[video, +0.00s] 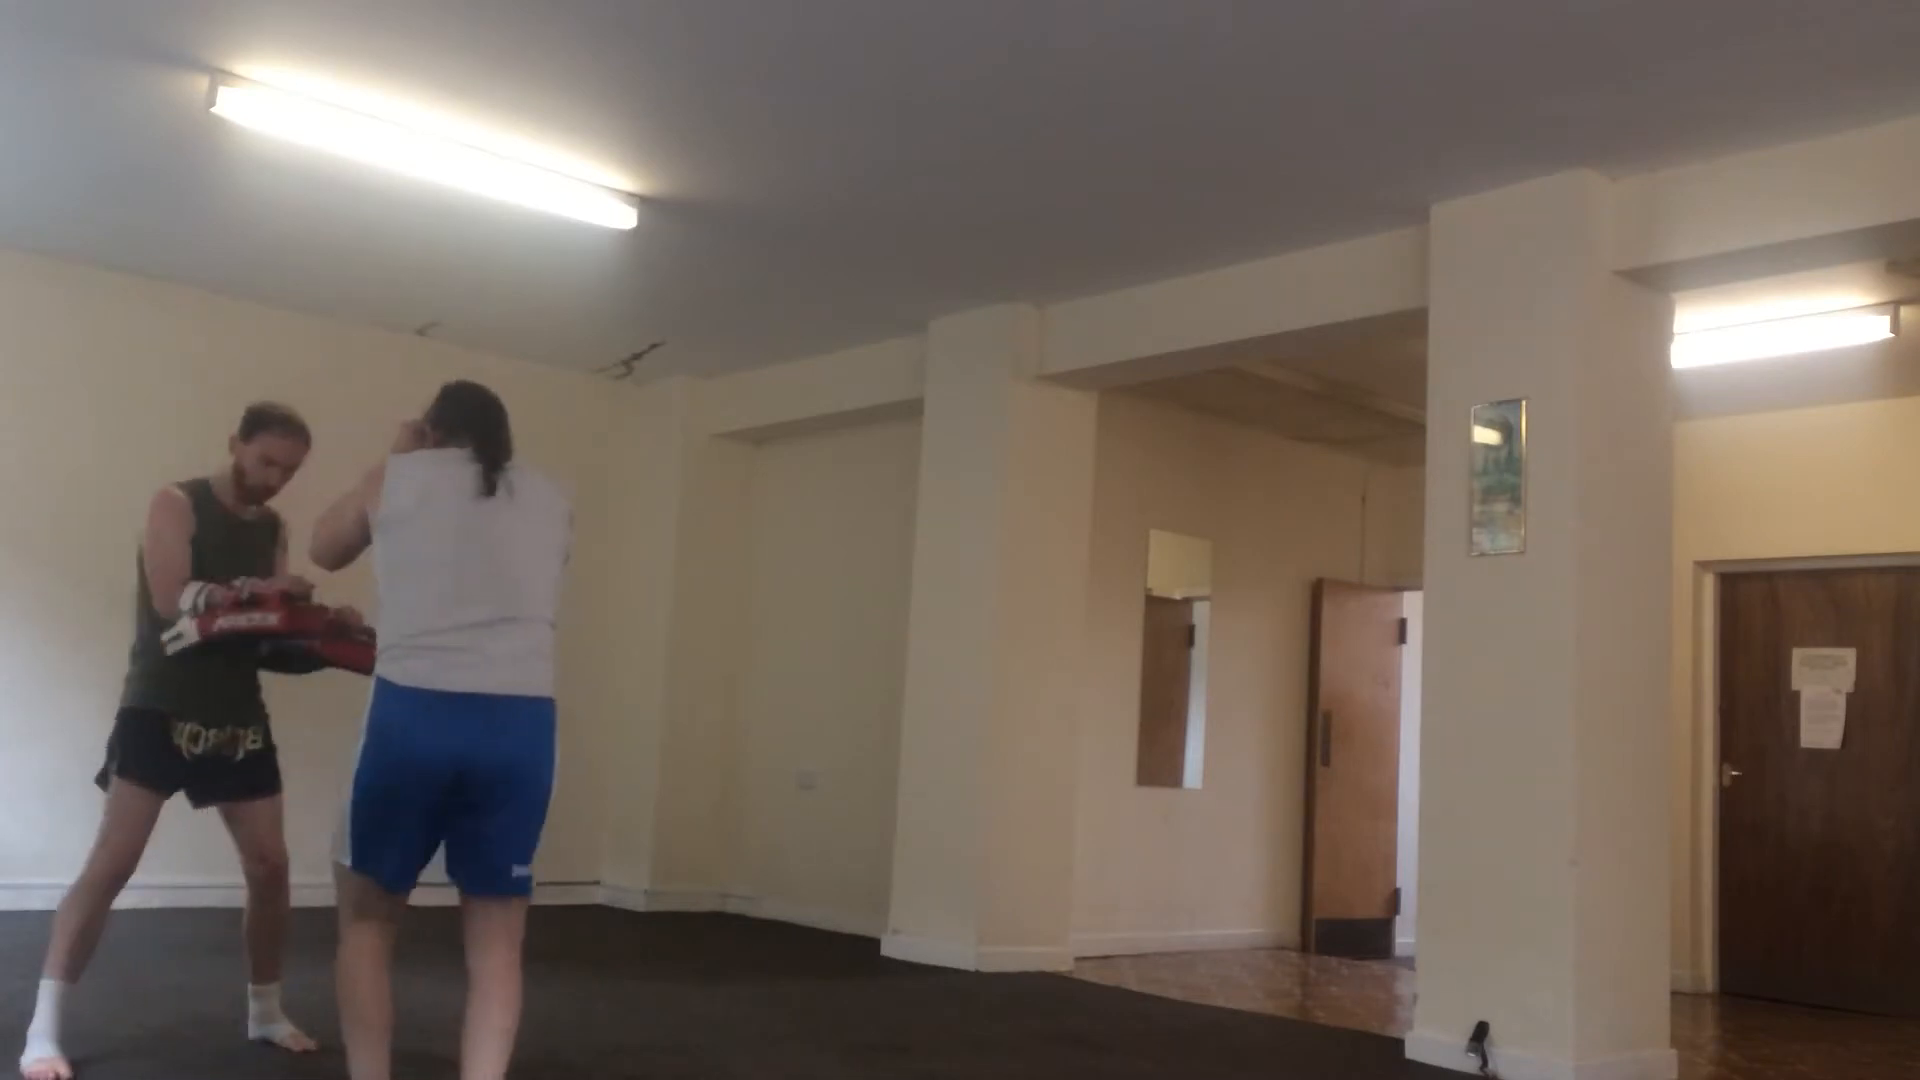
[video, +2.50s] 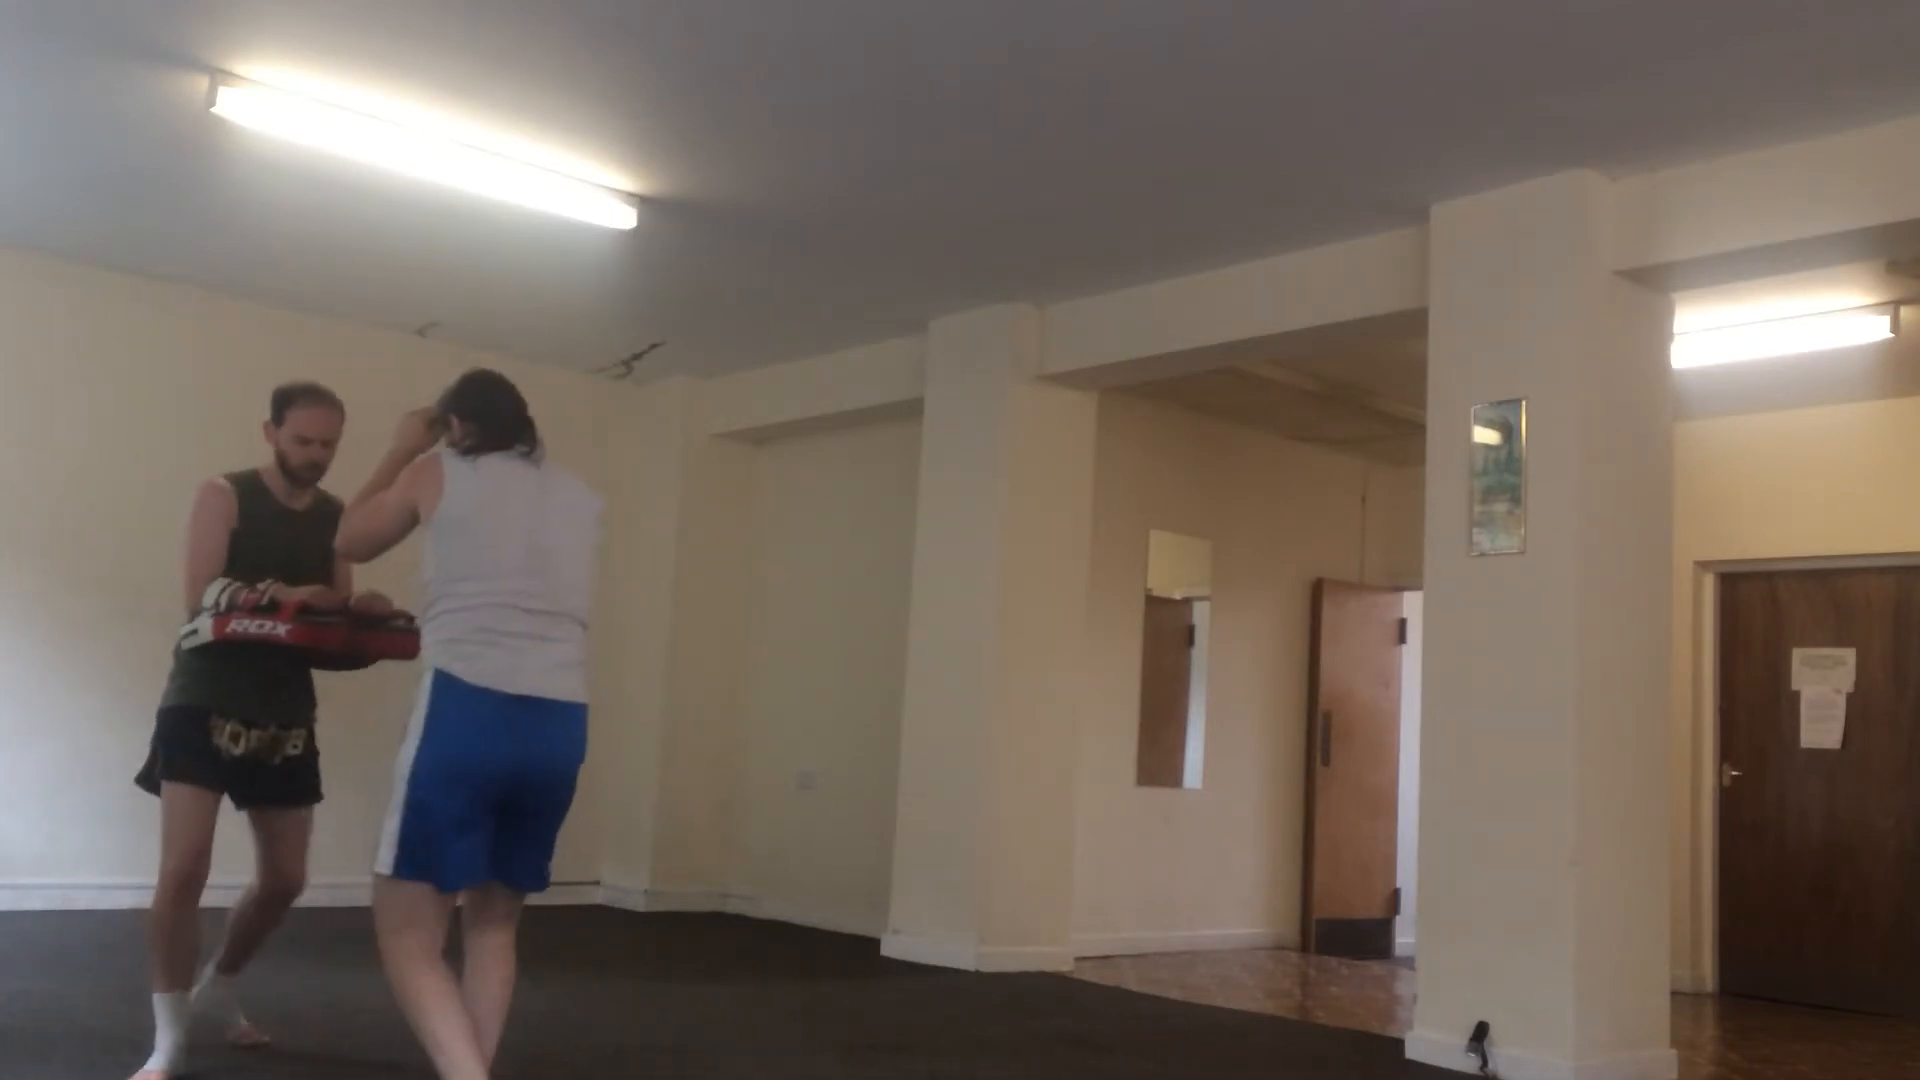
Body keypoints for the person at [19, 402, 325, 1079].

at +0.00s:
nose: (274, 480)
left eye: (287, 471)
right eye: (268, 464)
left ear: (293, 470)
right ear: (238, 444)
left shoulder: (271, 526)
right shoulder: (176, 505)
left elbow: (264, 618)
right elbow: (171, 600)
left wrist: (322, 621)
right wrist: (269, 594)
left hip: (237, 707)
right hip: (161, 706)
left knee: (269, 866)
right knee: (112, 863)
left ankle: (266, 1014)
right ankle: (43, 1030)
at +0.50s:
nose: (284, 466)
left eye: (295, 458)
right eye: (278, 450)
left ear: (293, 460)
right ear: (241, 434)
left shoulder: (243, 517)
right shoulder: (198, 497)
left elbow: (255, 618)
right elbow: (244, 603)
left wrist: (310, 599)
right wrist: (306, 594)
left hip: (225, 707)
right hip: (170, 706)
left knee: (240, 859)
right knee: (164, 858)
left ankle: (192, 1012)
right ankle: (50, 1013)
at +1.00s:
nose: (296, 461)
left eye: (305, 451)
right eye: (287, 445)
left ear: (305, 451)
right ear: (249, 433)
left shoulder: (220, 497)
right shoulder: (227, 496)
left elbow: (256, 626)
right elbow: (272, 598)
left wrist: (329, 598)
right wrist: (323, 585)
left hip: (228, 715)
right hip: (199, 716)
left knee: (238, 862)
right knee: (184, 869)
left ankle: (191, 1012)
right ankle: (105, 1049)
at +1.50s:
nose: (316, 460)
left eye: (323, 450)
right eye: (307, 445)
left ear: (306, 444)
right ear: (267, 432)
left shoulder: (237, 494)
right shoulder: (250, 495)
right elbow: (294, 601)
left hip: (243, 714)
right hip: (214, 714)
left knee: (236, 867)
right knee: (182, 871)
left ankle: (191, 1012)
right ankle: (105, 1048)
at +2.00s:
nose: (314, 449)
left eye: (321, 437)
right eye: (300, 435)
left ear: (325, 444)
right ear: (262, 435)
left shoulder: (277, 508)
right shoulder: (229, 499)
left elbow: (277, 611)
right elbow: (270, 600)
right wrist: (336, 593)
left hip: (262, 711)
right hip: (216, 711)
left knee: (246, 865)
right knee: (197, 863)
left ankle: (192, 1012)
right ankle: (116, 1037)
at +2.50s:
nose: (317, 455)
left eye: (329, 445)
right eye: (306, 441)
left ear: (337, 445)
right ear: (271, 432)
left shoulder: (334, 516)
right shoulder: (224, 497)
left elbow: (333, 615)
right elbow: (202, 597)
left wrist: (366, 612)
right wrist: (297, 597)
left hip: (284, 708)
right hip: (205, 702)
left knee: (285, 878)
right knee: (184, 869)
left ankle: (216, 989)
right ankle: (168, 1039)